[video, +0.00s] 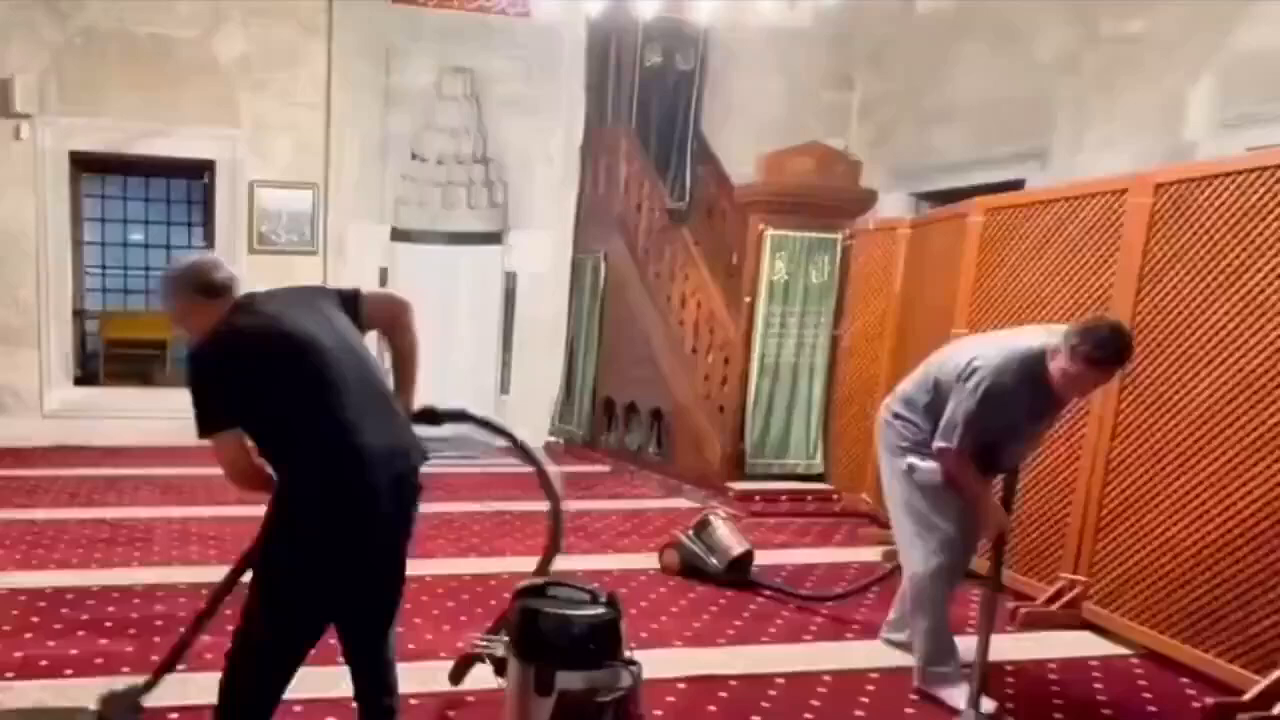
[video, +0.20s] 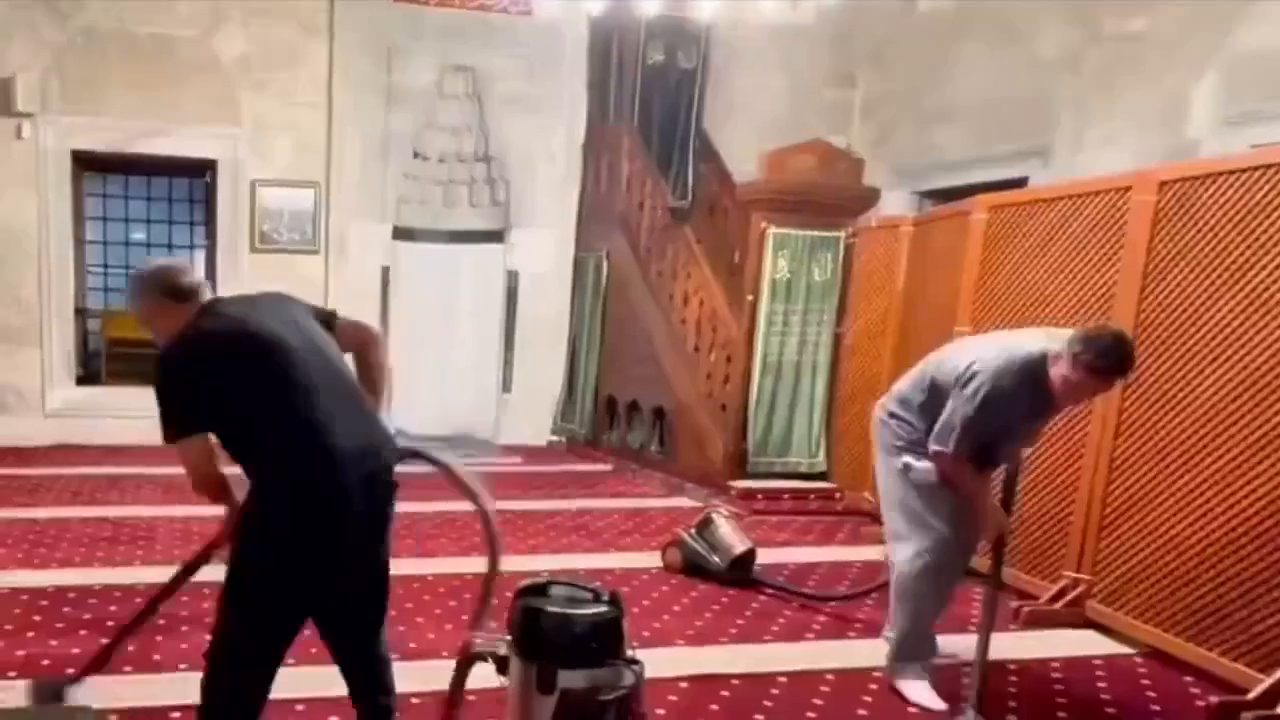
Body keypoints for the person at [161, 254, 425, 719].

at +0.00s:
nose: (181, 330)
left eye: (178, 319)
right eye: (177, 319)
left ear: (189, 308)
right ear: (231, 288)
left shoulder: (211, 353)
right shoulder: (304, 300)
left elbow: (240, 470)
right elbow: (395, 309)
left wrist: (286, 486)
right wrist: (404, 405)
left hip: (323, 490)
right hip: (396, 470)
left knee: (261, 655)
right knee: (369, 637)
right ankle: (380, 714)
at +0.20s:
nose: (151, 335)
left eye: (147, 324)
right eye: (146, 324)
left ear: (156, 312)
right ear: (202, 290)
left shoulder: (180, 358)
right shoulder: (274, 305)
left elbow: (204, 478)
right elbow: (369, 339)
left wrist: (234, 500)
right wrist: (367, 426)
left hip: (293, 494)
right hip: (370, 476)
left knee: (240, 658)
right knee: (358, 639)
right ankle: (380, 711)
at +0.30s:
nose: (118, 338)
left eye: (115, 326)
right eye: (113, 328)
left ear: (131, 315)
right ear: (169, 296)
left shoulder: (151, 361)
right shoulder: (244, 311)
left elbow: (167, 473)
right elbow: (334, 369)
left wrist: (182, 523)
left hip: (270, 490)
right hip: (349, 469)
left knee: (224, 651)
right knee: (345, 627)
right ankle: (373, 710)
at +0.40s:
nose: (93, 350)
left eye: (90, 335)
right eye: (88, 338)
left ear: (106, 322)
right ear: (143, 306)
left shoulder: (123, 369)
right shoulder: (217, 319)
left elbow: (128, 477)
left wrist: (122, 542)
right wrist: (220, 479)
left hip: (254, 488)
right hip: (332, 468)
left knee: (213, 648)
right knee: (342, 635)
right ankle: (367, 711)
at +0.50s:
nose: (76, 364)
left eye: (72, 348)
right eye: (70, 351)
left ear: (85, 332)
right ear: (125, 312)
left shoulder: (101, 379)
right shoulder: (195, 327)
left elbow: (90, 490)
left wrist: (70, 554)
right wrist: (177, 520)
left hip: (247, 490)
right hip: (323, 465)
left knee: (208, 657)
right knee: (344, 639)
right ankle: (368, 709)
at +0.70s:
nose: (60, 375)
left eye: (56, 365)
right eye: (54, 366)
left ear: (67, 351)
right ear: (108, 327)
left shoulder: (84, 395)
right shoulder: (181, 341)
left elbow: (55, 499)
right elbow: (174, 469)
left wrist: (19, 561)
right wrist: (123, 535)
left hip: (228, 497)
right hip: (310, 469)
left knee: (201, 653)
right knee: (344, 636)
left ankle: (206, 715)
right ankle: (370, 709)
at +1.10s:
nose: (87, 371)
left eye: (85, 358)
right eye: (82, 361)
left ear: (95, 343)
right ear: (131, 321)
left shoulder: (112, 386)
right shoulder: (203, 332)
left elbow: (81, 494)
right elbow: (244, 450)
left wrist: (49, 565)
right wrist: (168, 503)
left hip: (246, 489)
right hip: (327, 465)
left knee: (207, 638)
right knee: (351, 627)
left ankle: (208, 715)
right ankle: (372, 710)